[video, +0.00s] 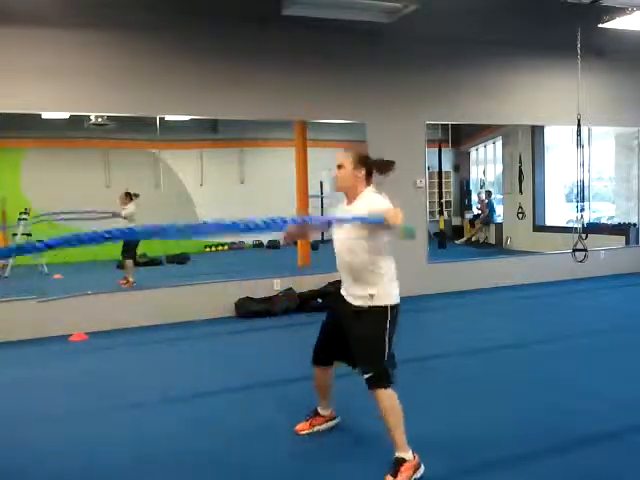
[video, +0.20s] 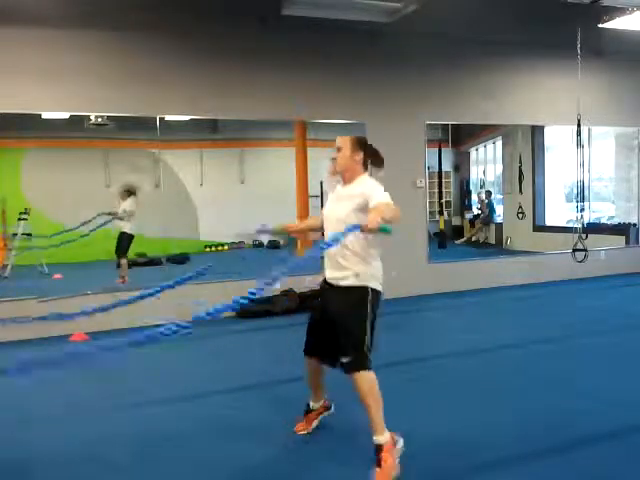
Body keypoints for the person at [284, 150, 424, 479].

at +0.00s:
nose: (335, 173)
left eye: (341, 168)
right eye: (336, 168)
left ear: (361, 174)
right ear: (353, 175)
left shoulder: (376, 202)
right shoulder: (342, 208)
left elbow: (396, 220)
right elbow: (324, 228)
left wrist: (385, 218)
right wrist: (303, 232)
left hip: (379, 302)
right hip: (348, 298)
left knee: (377, 379)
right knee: (322, 358)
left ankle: (406, 457)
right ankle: (325, 413)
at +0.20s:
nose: (334, 156)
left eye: (339, 151)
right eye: (335, 151)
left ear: (358, 157)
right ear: (348, 157)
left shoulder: (369, 187)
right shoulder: (338, 191)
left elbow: (391, 211)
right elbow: (328, 223)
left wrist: (376, 216)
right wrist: (301, 227)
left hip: (360, 285)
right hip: (332, 284)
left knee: (355, 362)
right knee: (314, 350)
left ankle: (384, 440)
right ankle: (317, 404)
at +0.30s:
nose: (333, 150)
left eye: (339, 144)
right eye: (334, 144)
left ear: (358, 148)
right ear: (347, 149)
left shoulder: (374, 181)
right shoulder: (336, 182)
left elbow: (376, 204)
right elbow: (320, 211)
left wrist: (340, 209)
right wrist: (283, 213)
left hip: (357, 276)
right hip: (328, 271)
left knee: (338, 354)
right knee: (307, 344)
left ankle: (339, 436)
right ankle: (310, 414)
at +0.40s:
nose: (333, 160)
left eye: (339, 154)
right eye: (334, 154)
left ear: (358, 160)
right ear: (348, 159)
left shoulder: (370, 195)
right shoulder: (335, 189)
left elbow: (346, 234)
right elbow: (316, 222)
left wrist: (302, 242)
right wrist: (281, 221)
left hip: (350, 291)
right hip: (325, 283)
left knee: (317, 367)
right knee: (299, 359)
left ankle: (312, 443)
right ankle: (303, 433)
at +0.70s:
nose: (333, 146)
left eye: (340, 141)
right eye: (333, 141)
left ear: (359, 149)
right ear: (339, 149)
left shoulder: (369, 177)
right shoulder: (328, 179)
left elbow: (377, 209)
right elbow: (294, 194)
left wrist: (332, 220)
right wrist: (255, 196)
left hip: (348, 284)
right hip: (318, 277)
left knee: (339, 363)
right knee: (302, 347)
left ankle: (338, 443)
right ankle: (295, 412)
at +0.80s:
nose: (319, 157)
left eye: (325, 151)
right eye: (320, 151)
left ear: (345, 157)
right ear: (328, 158)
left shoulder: (362, 188)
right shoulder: (321, 187)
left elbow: (377, 219)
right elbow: (298, 209)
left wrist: (367, 224)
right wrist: (265, 216)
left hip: (351, 295)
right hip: (319, 289)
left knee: (355, 377)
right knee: (296, 351)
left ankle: (367, 458)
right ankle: (283, 407)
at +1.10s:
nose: (311, 155)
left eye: (317, 150)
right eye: (312, 149)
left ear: (338, 156)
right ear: (325, 156)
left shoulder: (353, 186)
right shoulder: (316, 190)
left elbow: (359, 213)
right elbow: (288, 211)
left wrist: (322, 221)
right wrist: (248, 211)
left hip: (339, 290)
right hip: (309, 287)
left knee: (335, 370)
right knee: (291, 355)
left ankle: (350, 447)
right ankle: (288, 409)